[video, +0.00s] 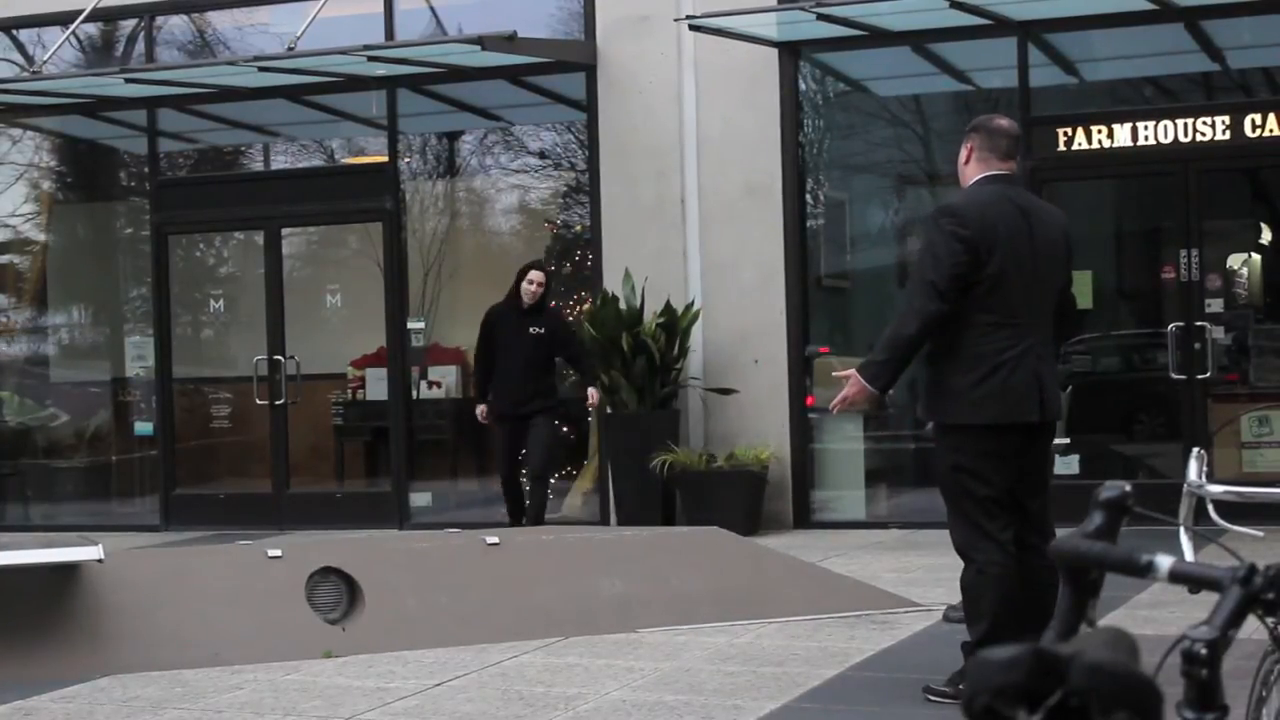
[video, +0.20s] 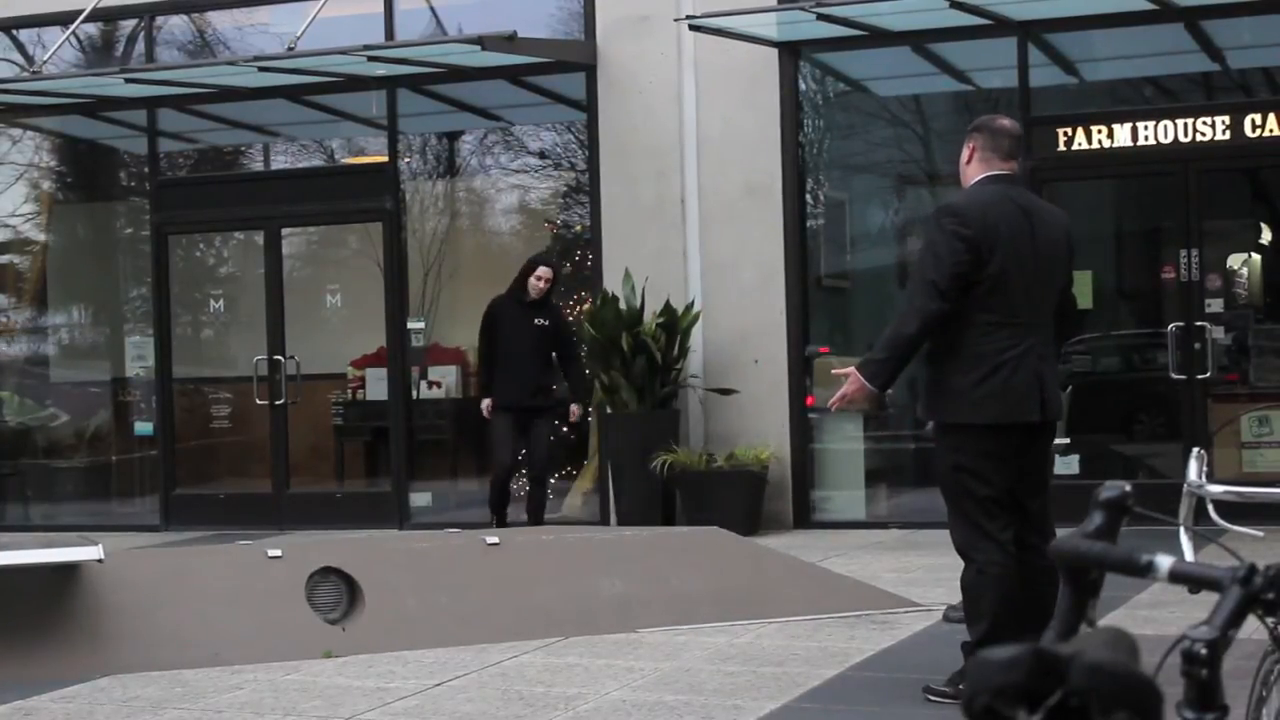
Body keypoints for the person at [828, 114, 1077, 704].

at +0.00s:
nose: (957, 164)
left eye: (959, 156)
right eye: (961, 156)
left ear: (968, 154)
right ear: (1018, 161)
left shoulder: (958, 216)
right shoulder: (1049, 220)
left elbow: (924, 308)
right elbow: (1066, 315)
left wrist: (874, 375)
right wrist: (1024, 352)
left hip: (971, 408)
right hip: (1034, 406)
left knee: (982, 540)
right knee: (1029, 534)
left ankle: (987, 674)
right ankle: (1032, 667)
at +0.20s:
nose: (958, 164)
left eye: (961, 156)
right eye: (963, 156)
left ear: (971, 154)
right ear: (1020, 161)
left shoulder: (960, 215)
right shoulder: (1051, 220)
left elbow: (924, 306)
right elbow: (1067, 316)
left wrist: (874, 374)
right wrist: (1026, 354)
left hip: (971, 407)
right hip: (1034, 407)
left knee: (982, 541)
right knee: (1030, 534)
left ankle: (987, 673)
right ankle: (1034, 667)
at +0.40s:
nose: (960, 165)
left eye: (962, 156)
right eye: (964, 157)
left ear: (972, 154)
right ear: (1020, 161)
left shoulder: (963, 214)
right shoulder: (1052, 220)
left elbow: (927, 304)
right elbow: (1067, 314)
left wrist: (876, 373)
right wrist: (1027, 352)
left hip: (972, 405)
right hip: (1034, 404)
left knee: (983, 538)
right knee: (1029, 531)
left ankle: (988, 673)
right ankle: (1033, 665)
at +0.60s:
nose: (959, 165)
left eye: (961, 157)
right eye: (963, 158)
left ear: (972, 155)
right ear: (1021, 162)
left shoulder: (964, 214)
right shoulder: (1052, 220)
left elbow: (927, 305)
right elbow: (1067, 314)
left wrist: (876, 374)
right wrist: (1027, 352)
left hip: (972, 405)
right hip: (1034, 405)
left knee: (983, 539)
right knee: (1029, 532)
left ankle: (988, 673)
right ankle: (1033, 665)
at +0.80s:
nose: (958, 166)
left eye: (960, 157)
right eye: (962, 158)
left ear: (971, 155)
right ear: (1021, 163)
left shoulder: (963, 215)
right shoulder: (1051, 220)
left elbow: (928, 307)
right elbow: (1067, 314)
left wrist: (878, 375)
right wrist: (1027, 352)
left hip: (972, 406)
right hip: (1034, 406)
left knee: (982, 538)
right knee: (1029, 532)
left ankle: (987, 674)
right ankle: (1032, 666)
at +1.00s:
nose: (957, 168)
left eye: (959, 159)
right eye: (961, 159)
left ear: (970, 157)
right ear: (1020, 163)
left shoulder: (963, 216)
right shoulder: (1050, 221)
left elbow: (928, 308)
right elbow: (1067, 314)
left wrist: (878, 376)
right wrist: (1025, 353)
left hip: (972, 407)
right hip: (1033, 406)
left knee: (982, 538)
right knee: (1029, 532)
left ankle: (987, 674)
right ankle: (1030, 666)